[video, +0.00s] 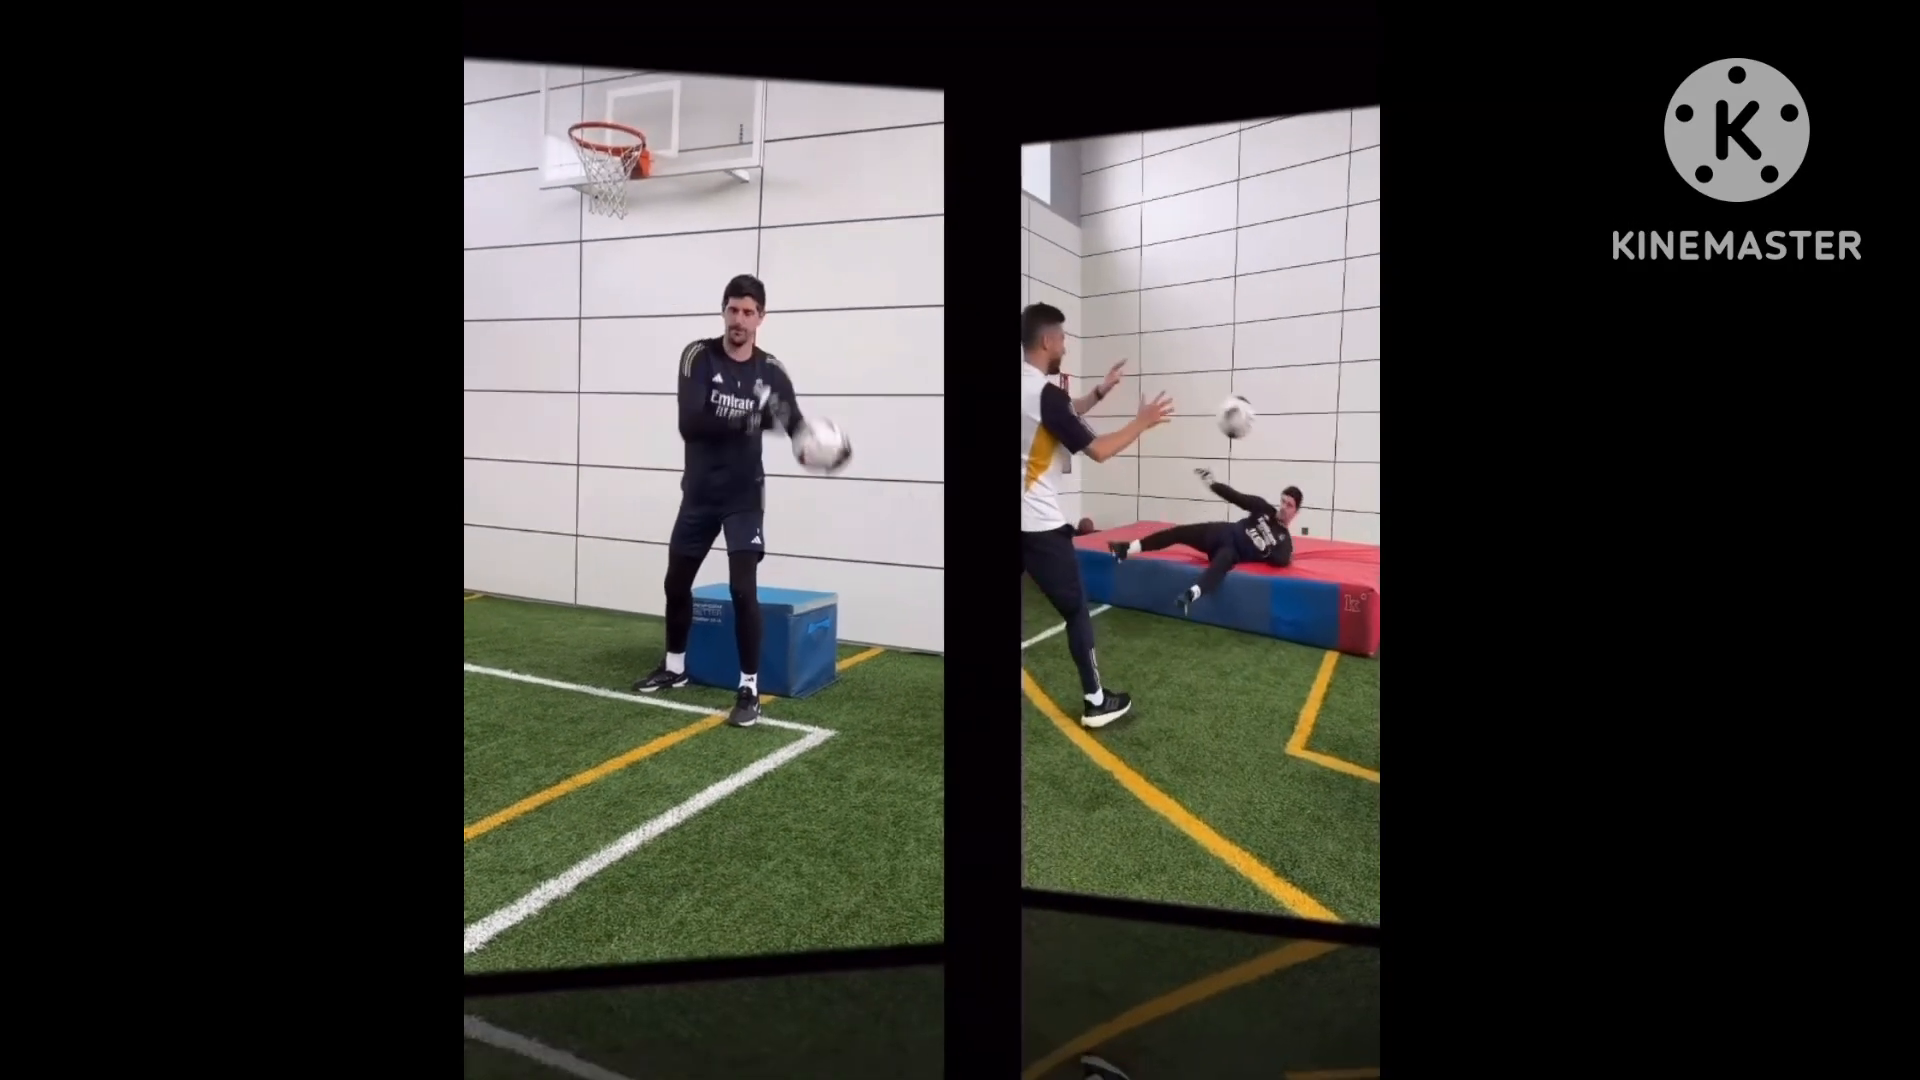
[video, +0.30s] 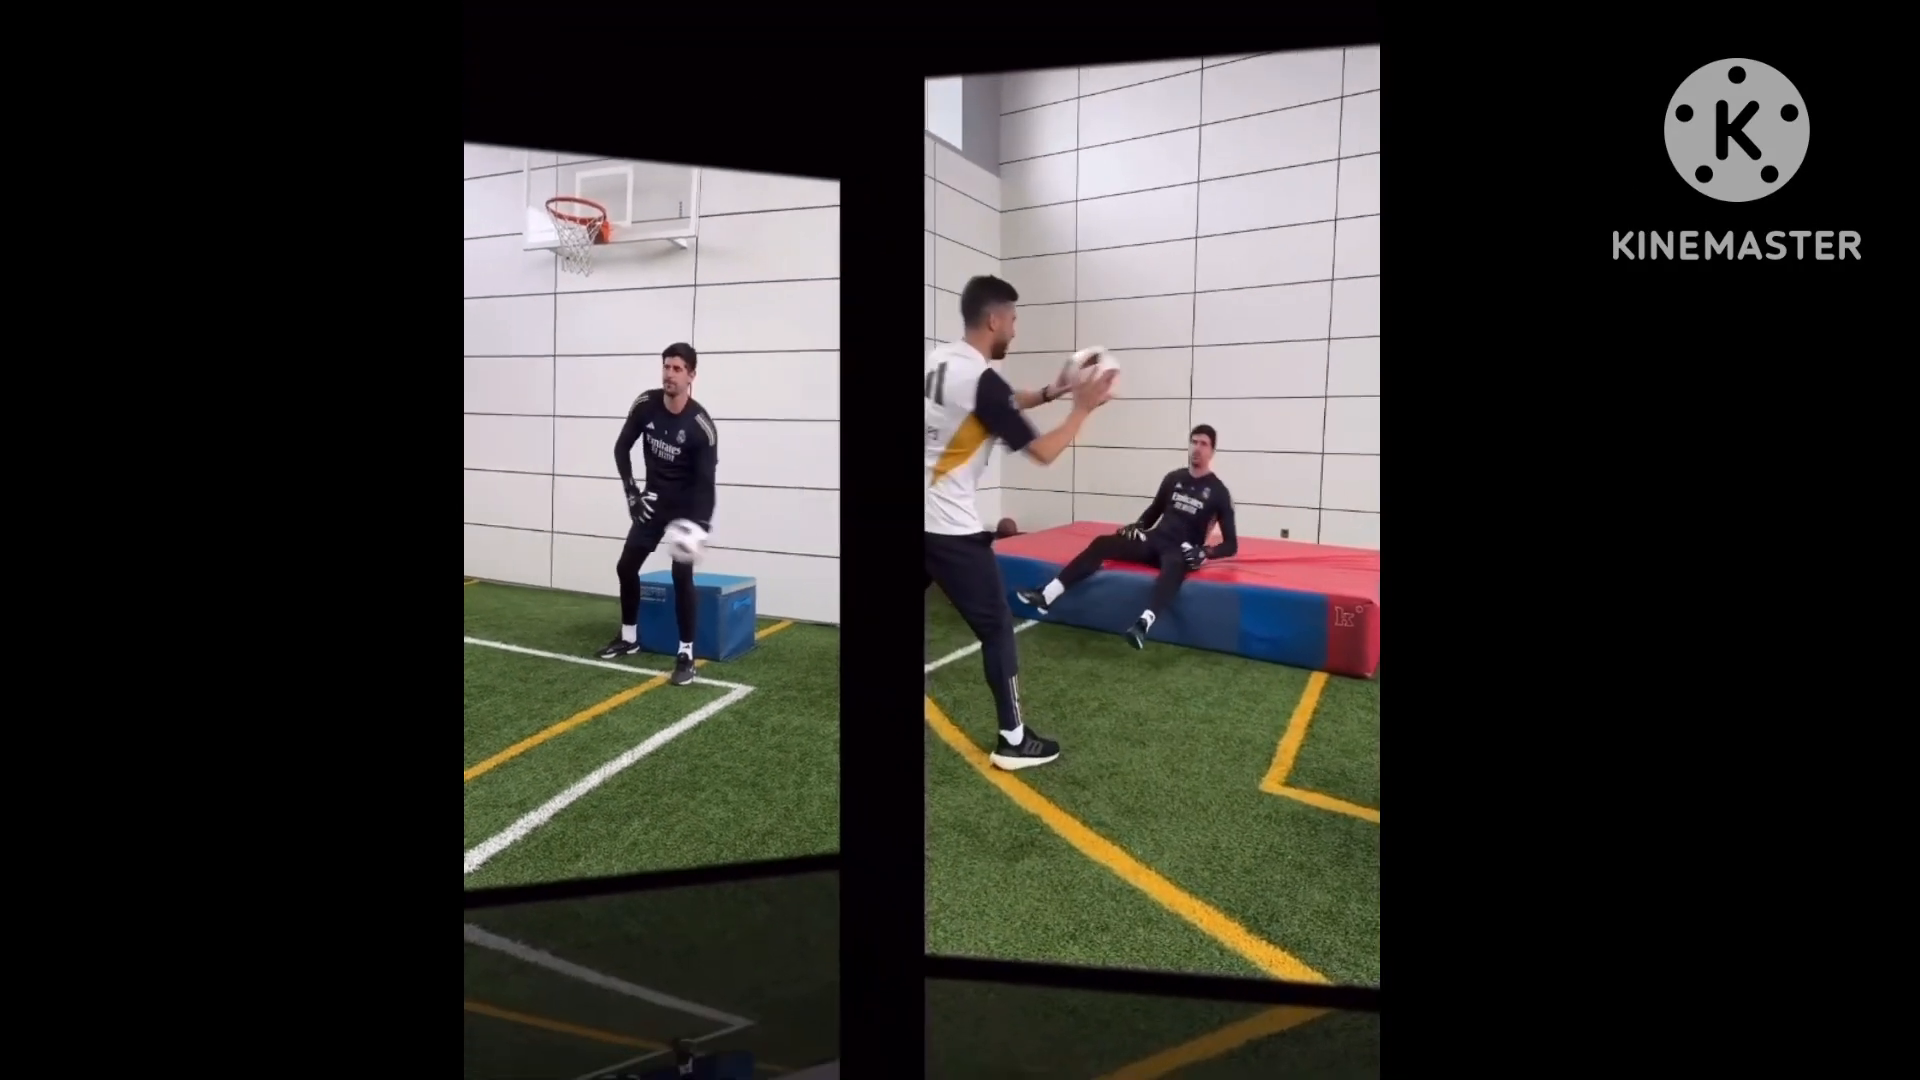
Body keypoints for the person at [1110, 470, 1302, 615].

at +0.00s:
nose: (1285, 508)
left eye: (1291, 506)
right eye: (1284, 503)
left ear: (1296, 512)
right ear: (1280, 502)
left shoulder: (1284, 541)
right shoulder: (1263, 508)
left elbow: (1280, 562)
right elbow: (1235, 496)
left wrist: (1274, 540)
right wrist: (1213, 484)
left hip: (1232, 552)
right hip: (1223, 531)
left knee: (1222, 564)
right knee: (1179, 532)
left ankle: (1190, 596)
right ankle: (1129, 549)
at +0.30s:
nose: (1196, 449)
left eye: (1203, 445)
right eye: (1194, 443)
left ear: (1213, 450)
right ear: (1189, 447)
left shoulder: (1218, 491)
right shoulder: (1174, 478)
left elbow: (1231, 546)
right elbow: (1153, 514)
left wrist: (1205, 553)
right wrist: (1135, 528)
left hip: (1181, 548)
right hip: (1154, 541)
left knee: (1173, 562)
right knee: (1102, 543)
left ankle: (1144, 624)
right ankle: (1045, 597)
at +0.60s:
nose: (1157, 451)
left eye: (1164, 448)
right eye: (1152, 444)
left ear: (1170, 457)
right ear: (1139, 446)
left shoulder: (1158, 501)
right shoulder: (1116, 467)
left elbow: (1187, 535)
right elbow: (1099, 469)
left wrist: (1205, 508)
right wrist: (1139, 464)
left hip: (1089, 555)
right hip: (1058, 542)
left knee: (1104, 556)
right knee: (996, 572)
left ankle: (1082, 622)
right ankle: (923, 640)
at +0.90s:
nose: (1161, 541)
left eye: (1174, 543)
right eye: (1162, 528)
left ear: (1170, 557)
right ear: (1141, 516)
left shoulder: (1119, 585)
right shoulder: (1103, 518)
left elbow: (1169, 587)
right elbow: (1132, 472)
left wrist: (1219, 554)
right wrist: (1201, 493)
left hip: (1001, 584)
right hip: (983, 538)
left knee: (1009, 614)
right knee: (887, 566)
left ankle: (976, 654)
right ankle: (765, 596)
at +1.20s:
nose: (1160, 527)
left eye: (1172, 533)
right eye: (1164, 518)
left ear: (1165, 550)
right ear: (1147, 512)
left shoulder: (1126, 580)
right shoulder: (1098, 512)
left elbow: (1127, 585)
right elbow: (1076, 449)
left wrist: (1145, 548)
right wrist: (1130, 440)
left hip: (1001, 575)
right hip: (986, 525)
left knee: (1014, 599)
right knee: (877, 510)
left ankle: (935, 636)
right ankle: (744, 554)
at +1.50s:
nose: (1065, 448)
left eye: (1077, 443)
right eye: (1062, 439)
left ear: (1096, 457)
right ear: (1052, 444)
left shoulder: (1093, 529)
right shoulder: (1011, 475)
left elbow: (1111, 601)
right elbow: (943, 468)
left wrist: (1077, 580)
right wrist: (909, 451)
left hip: (980, 584)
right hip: (935, 555)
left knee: (981, 595)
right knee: (835, 561)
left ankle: (916, 686)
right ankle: (715, 629)